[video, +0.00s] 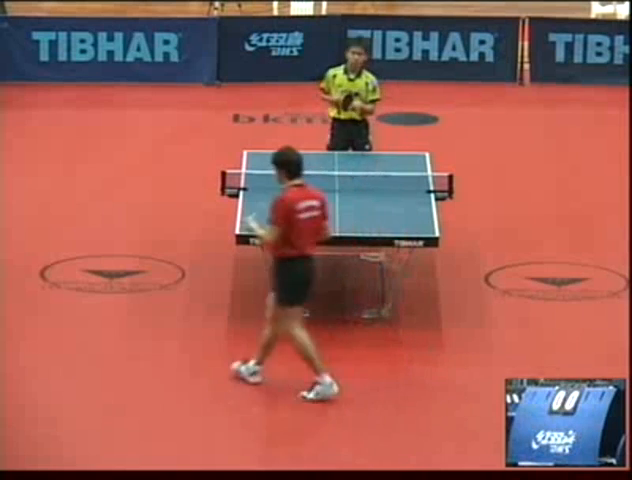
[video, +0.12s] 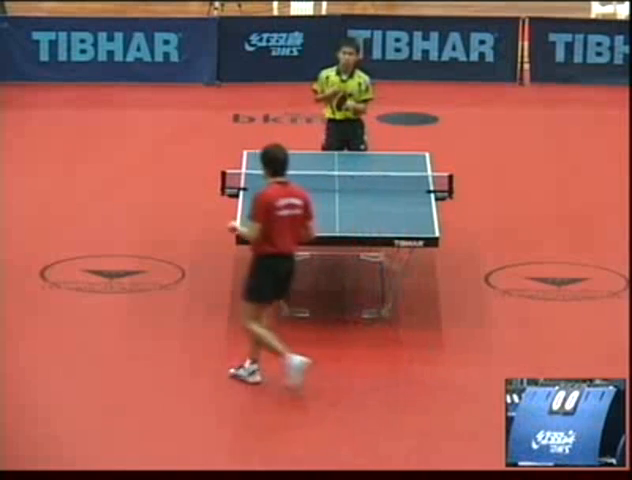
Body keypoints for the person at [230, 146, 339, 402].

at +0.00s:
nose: (275, 174)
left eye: (276, 170)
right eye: (276, 169)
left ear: (281, 172)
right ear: (299, 169)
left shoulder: (284, 200)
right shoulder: (317, 196)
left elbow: (273, 238)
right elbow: (324, 233)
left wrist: (255, 229)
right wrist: (300, 236)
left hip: (287, 263)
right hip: (306, 260)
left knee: (290, 322)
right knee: (276, 317)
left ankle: (324, 379)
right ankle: (255, 365)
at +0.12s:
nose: (264, 169)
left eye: (264, 165)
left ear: (265, 167)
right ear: (286, 166)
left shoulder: (265, 196)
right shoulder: (301, 195)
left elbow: (255, 234)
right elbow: (308, 233)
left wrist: (238, 228)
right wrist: (284, 234)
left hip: (266, 259)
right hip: (288, 259)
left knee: (249, 320)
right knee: (262, 315)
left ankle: (290, 358)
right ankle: (252, 364)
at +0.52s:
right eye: (239, 158)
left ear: (218, 160)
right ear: (242, 161)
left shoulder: (203, 187)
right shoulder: (254, 190)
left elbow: (189, 222)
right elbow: (270, 226)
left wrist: (206, 215)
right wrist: (253, 218)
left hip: (210, 250)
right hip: (239, 253)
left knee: (193, 301)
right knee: (240, 305)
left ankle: (184, 353)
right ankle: (249, 356)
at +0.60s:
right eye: (232, 157)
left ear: (211, 159)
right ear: (235, 160)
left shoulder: (196, 185)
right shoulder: (246, 189)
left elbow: (185, 218)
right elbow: (265, 224)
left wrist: (204, 213)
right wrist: (245, 218)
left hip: (202, 247)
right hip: (232, 249)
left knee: (189, 299)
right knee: (240, 299)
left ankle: (183, 352)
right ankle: (246, 349)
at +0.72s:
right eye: (229, 152)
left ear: (206, 154)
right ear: (230, 156)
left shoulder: (191, 179)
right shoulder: (240, 182)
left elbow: (185, 212)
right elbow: (262, 218)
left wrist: (207, 206)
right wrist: (237, 216)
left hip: (197, 242)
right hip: (227, 245)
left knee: (187, 298)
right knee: (239, 295)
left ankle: (183, 352)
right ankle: (240, 349)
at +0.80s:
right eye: (229, 152)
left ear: (206, 154)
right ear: (230, 155)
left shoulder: (190, 178)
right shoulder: (239, 182)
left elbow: (185, 211)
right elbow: (263, 215)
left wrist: (206, 205)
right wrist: (237, 216)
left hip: (194, 241)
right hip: (224, 244)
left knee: (186, 298)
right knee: (237, 297)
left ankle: (183, 352)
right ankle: (239, 351)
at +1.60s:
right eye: (228, 159)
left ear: (205, 159)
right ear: (227, 163)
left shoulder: (185, 177)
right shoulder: (230, 189)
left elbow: (162, 207)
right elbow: (255, 222)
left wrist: (178, 219)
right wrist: (259, 211)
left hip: (172, 239)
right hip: (198, 243)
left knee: (161, 289)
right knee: (226, 296)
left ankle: (151, 338)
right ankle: (237, 353)